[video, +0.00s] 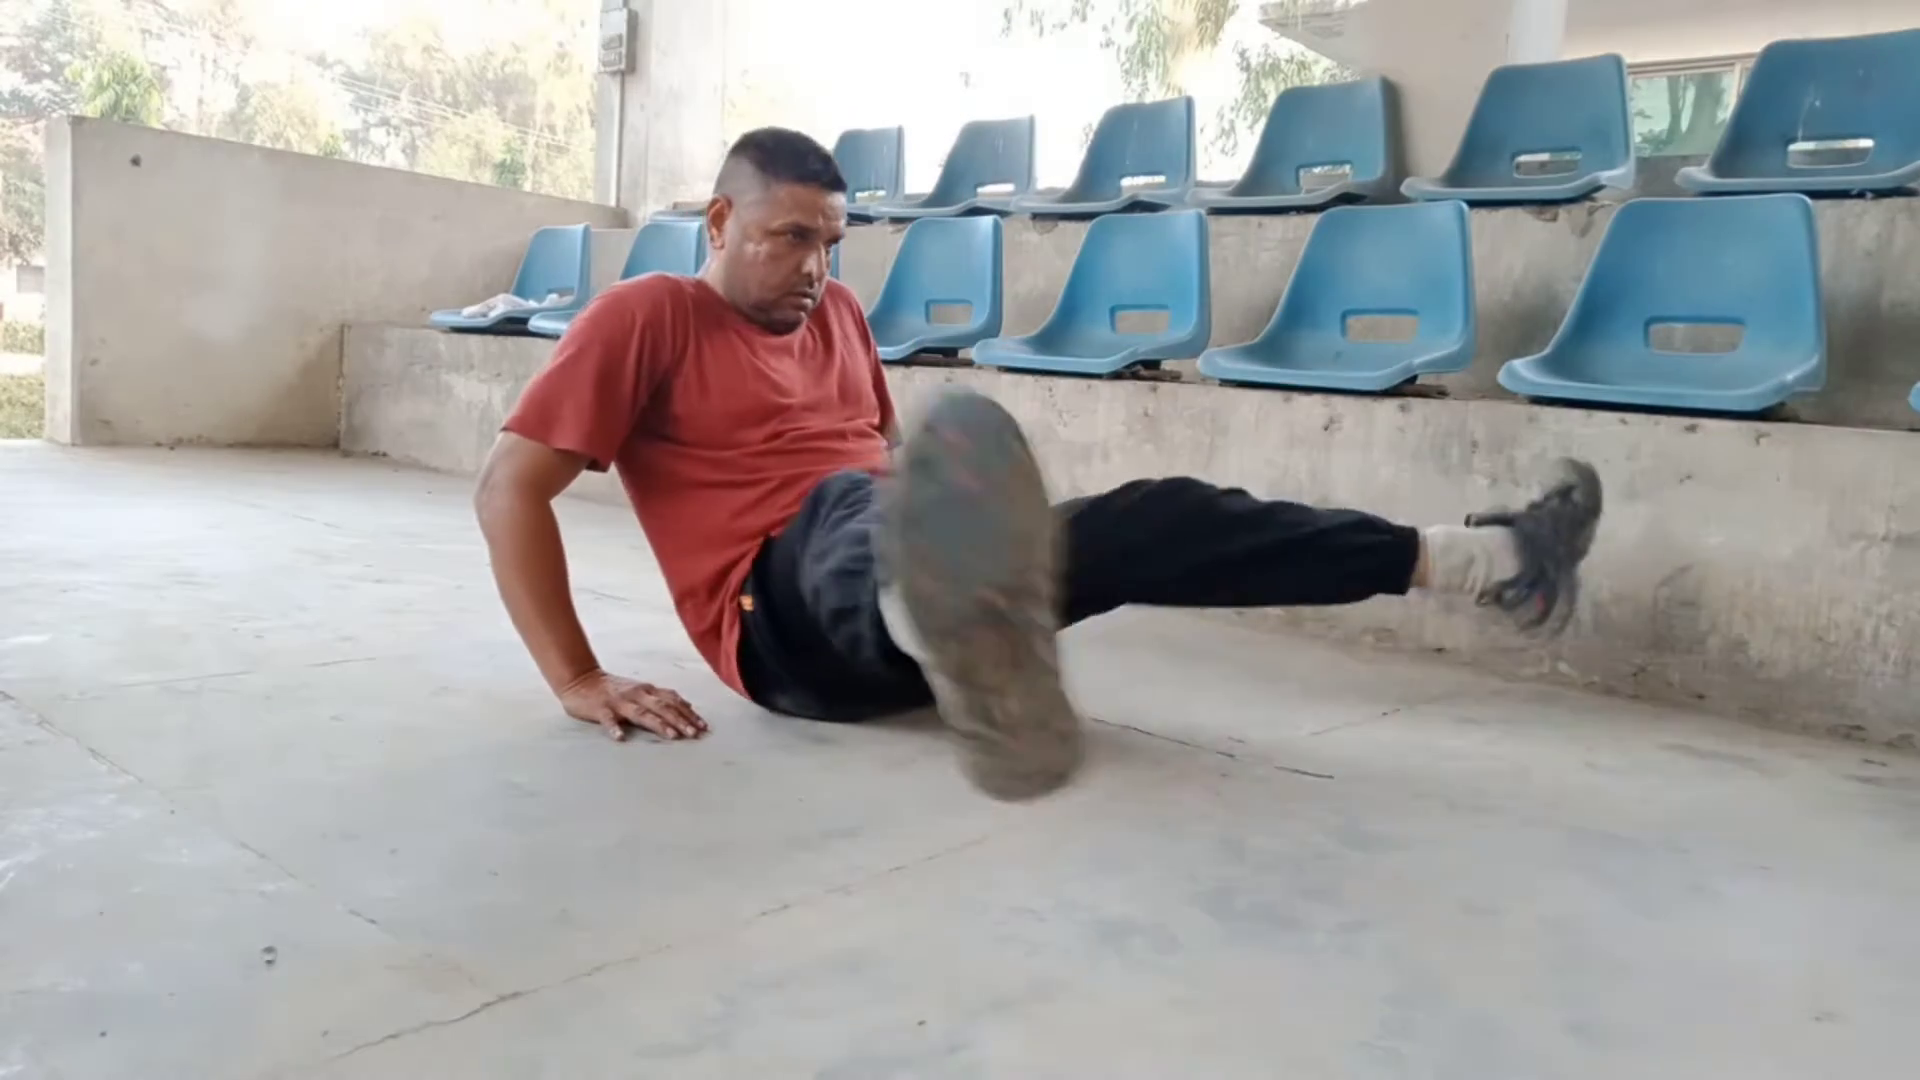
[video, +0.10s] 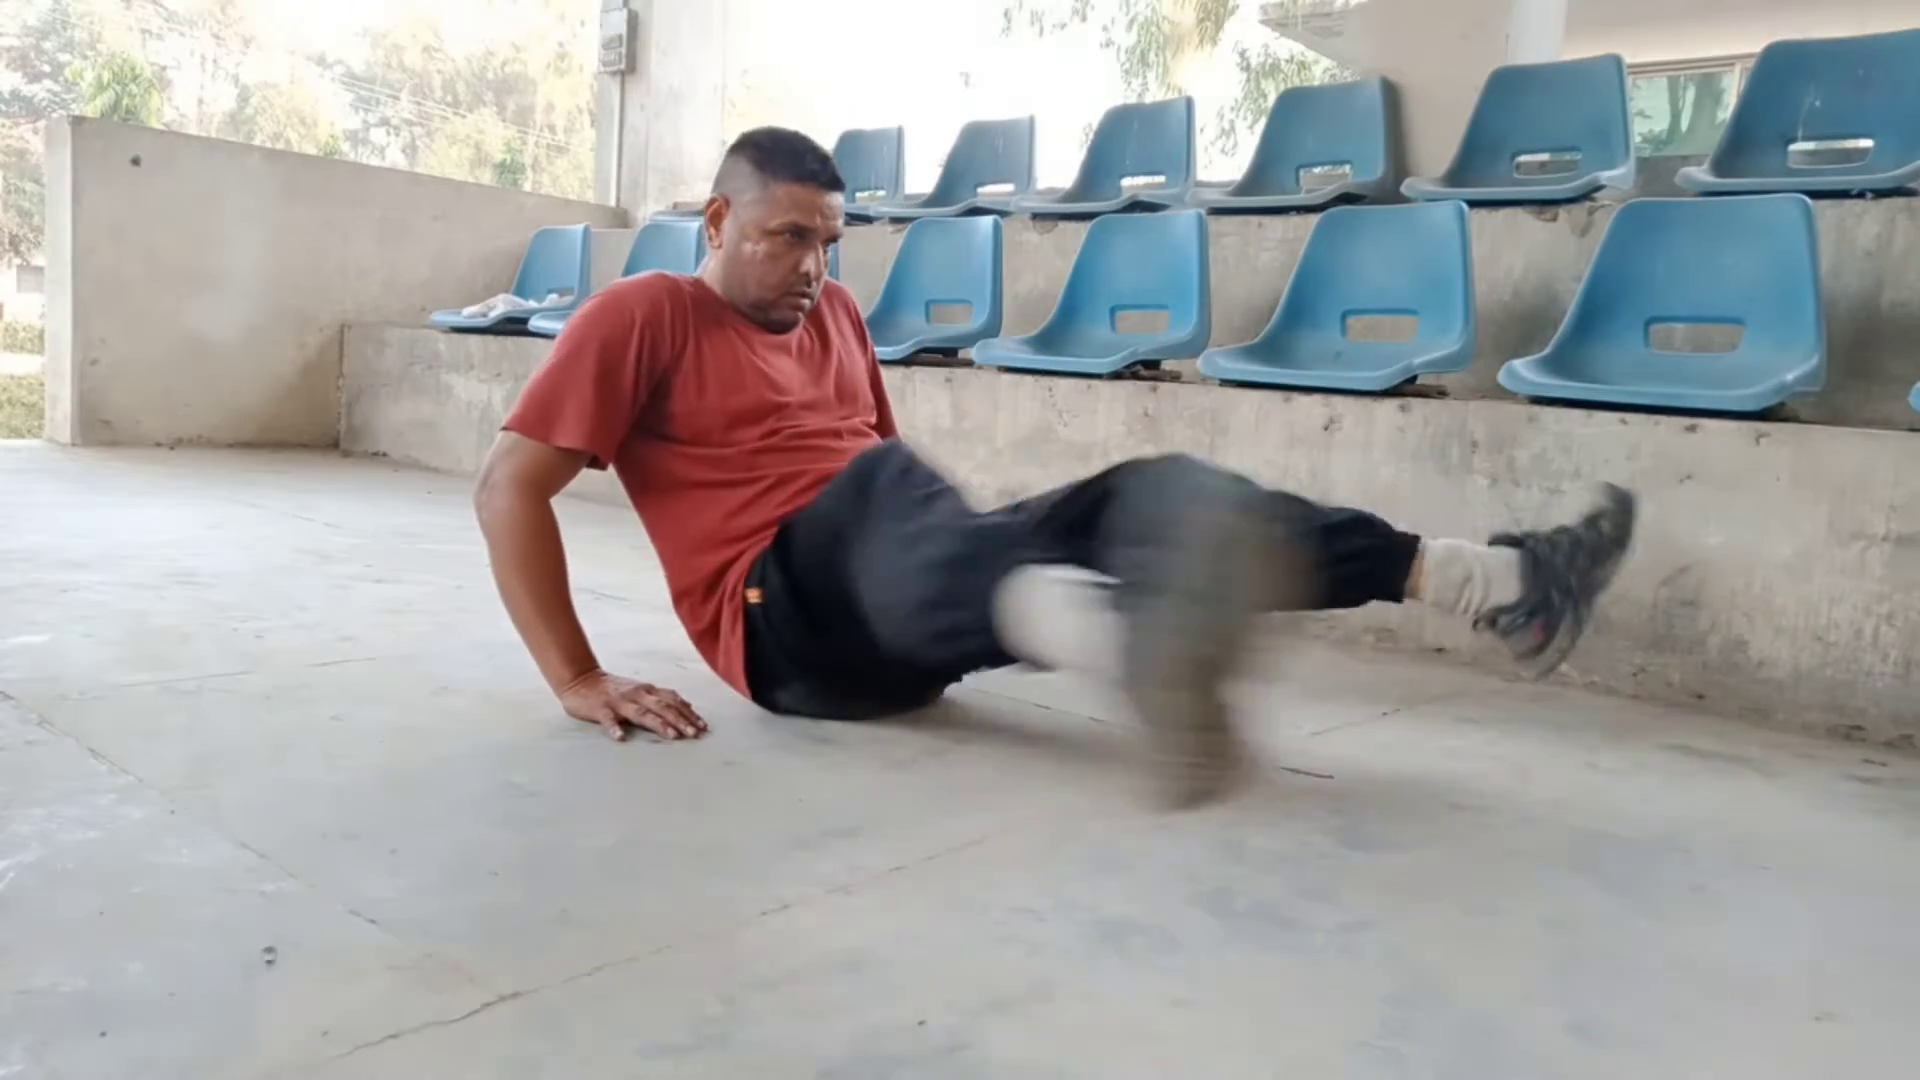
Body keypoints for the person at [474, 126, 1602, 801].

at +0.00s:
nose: (813, 263)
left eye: (825, 240)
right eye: (788, 237)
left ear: (831, 229)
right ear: (716, 219)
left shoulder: (840, 315)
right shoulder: (643, 317)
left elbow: (879, 451)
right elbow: (508, 487)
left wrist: (962, 543)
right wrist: (576, 679)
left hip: (913, 559)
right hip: (780, 593)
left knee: (1158, 518)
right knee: (859, 520)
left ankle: (1487, 564)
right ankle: (982, 660)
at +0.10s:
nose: (813, 264)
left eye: (825, 240)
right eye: (788, 236)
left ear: (832, 229)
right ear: (715, 217)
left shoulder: (834, 316)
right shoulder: (637, 316)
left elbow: (872, 457)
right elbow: (509, 490)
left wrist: (953, 550)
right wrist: (577, 681)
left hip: (907, 590)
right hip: (779, 619)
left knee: (1147, 499)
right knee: (890, 486)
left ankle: (1499, 586)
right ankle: (1129, 653)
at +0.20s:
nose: (810, 261)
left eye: (820, 238)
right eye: (783, 235)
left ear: (825, 230)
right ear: (709, 223)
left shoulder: (828, 322)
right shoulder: (635, 320)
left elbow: (870, 470)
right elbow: (506, 492)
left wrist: (977, 566)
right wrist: (574, 679)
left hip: (915, 611)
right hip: (795, 630)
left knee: (1163, 467)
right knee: (949, 447)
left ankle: (1497, 605)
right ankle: (1292, 643)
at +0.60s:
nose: (819, 248)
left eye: (830, 225)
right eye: (794, 223)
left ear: (833, 222)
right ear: (721, 217)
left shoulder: (839, 313)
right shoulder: (652, 313)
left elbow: (870, 463)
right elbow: (520, 488)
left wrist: (919, 580)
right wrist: (576, 681)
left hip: (901, 599)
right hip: (812, 618)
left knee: (1117, 423)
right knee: (1057, 437)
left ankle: (1406, 606)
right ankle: (1392, 613)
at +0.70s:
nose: (848, 249)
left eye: (857, 225)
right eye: (824, 224)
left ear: (851, 219)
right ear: (745, 212)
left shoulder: (858, 310)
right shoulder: (668, 305)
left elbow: (889, 452)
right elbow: (540, 478)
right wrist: (580, 681)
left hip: (908, 621)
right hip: (811, 624)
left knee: (1085, 369)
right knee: (989, 381)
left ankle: (1293, 598)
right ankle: (1274, 606)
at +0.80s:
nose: (874, 252)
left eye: (888, 226)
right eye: (849, 224)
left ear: (895, 220)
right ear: (775, 208)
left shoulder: (888, 301)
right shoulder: (695, 289)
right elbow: (570, 466)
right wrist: (582, 679)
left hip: (913, 635)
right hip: (805, 635)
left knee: (1047, 351)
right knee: (909, 350)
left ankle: (1188, 600)